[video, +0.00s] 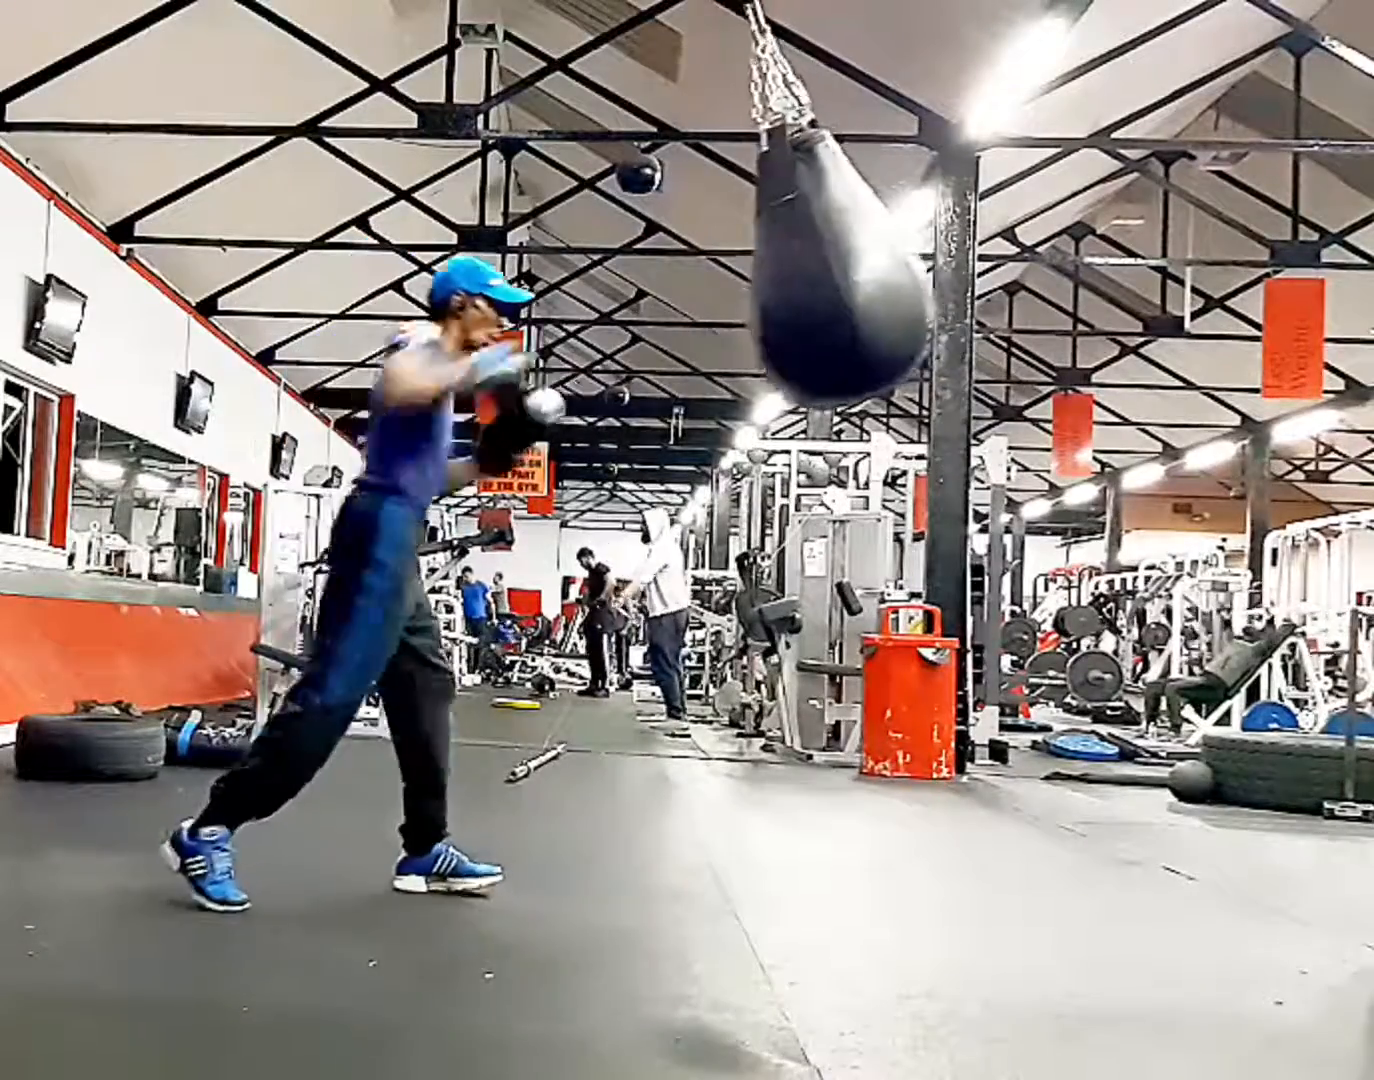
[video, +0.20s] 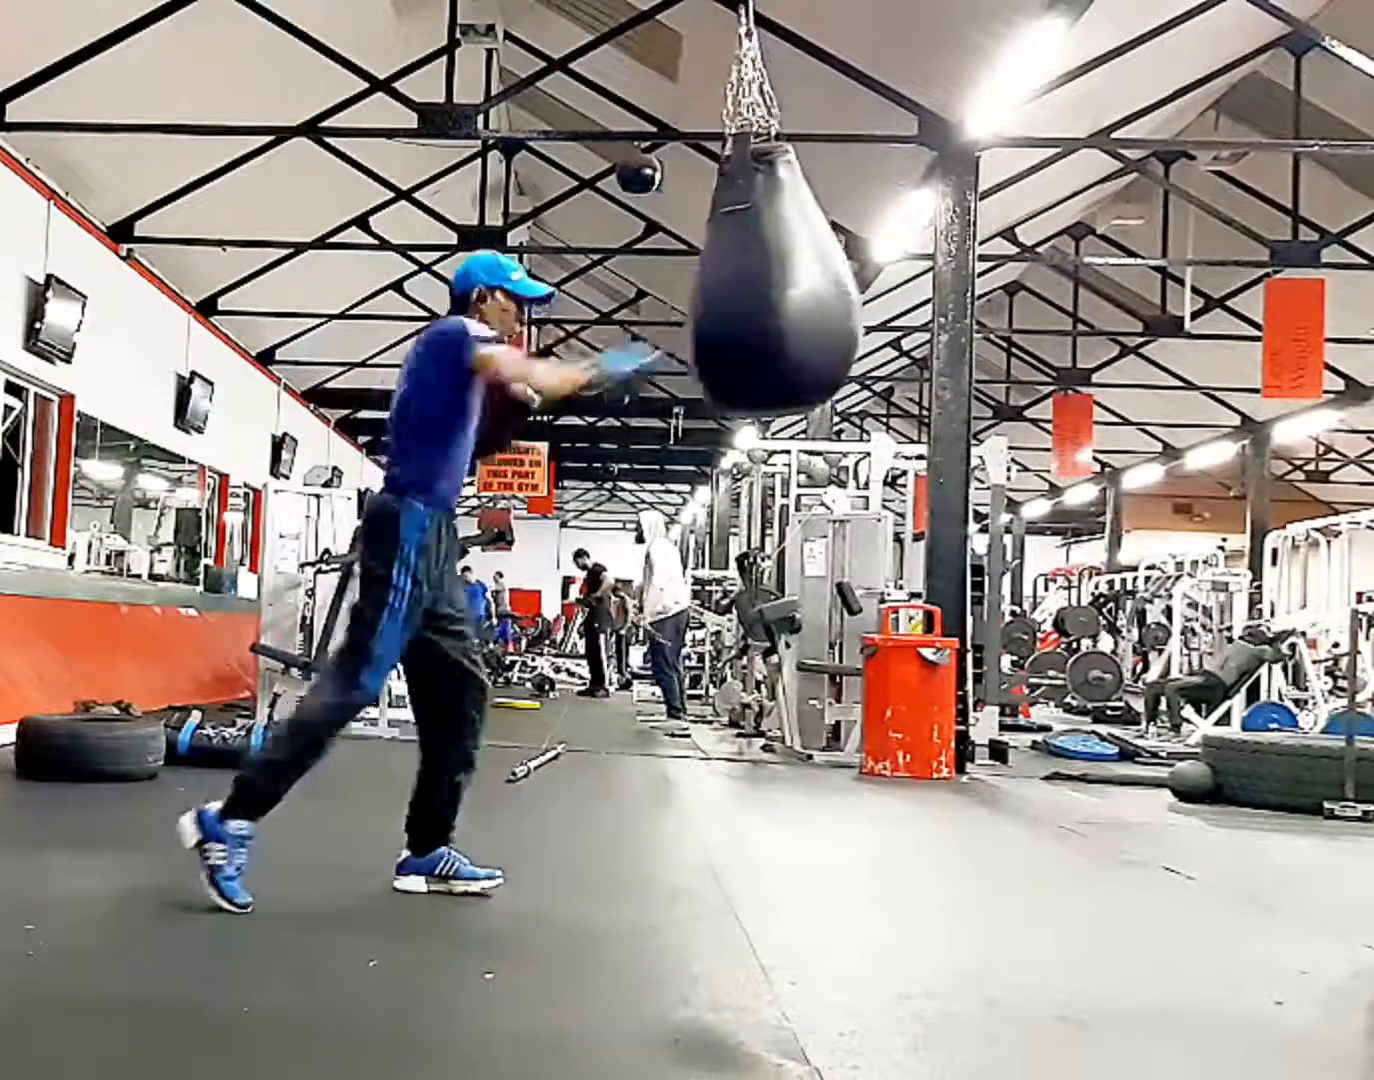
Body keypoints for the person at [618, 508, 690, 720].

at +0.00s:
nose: (642, 529)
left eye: (645, 525)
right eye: (643, 525)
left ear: (656, 526)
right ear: (661, 526)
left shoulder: (661, 548)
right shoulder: (668, 545)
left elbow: (645, 575)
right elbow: (645, 576)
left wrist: (625, 595)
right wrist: (626, 591)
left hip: (666, 611)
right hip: (673, 609)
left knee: (663, 662)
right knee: (671, 660)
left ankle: (675, 708)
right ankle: (677, 706)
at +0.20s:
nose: (636, 530)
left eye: (639, 526)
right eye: (637, 525)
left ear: (648, 527)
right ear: (657, 526)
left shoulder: (656, 550)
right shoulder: (669, 547)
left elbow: (656, 583)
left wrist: (647, 611)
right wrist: (640, 592)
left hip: (665, 610)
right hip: (678, 607)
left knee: (663, 662)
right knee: (672, 660)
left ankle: (675, 710)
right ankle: (678, 706)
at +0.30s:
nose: (635, 530)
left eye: (638, 526)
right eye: (636, 525)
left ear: (647, 528)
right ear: (656, 527)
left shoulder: (654, 551)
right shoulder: (666, 547)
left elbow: (657, 585)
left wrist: (655, 616)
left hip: (667, 611)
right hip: (680, 608)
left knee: (664, 662)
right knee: (673, 660)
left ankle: (675, 709)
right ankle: (678, 706)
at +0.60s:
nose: (633, 530)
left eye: (637, 526)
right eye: (635, 526)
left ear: (646, 529)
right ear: (651, 529)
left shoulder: (660, 550)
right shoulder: (651, 551)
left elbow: (678, 581)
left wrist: (686, 615)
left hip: (666, 616)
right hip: (659, 616)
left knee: (664, 666)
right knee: (668, 665)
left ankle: (676, 712)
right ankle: (676, 710)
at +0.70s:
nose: (634, 530)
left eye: (638, 526)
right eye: (635, 526)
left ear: (647, 529)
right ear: (651, 529)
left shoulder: (661, 550)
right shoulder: (651, 551)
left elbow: (679, 581)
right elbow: (649, 584)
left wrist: (688, 614)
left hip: (667, 616)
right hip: (662, 616)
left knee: (663, 665)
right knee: (669, 665)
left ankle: (675, 711)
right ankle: (677, 709)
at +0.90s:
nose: (634, 531)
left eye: (637, 527)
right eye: (635, 526)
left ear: (647, 529)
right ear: (650, 529)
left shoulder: (662, 551)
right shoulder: (648, 552)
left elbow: (681, 582)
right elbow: (648, 585)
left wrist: (691, 615)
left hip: (669, 616)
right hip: (659, 617)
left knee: (665, 666)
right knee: (667, 665)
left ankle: (676, 712)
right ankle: (676, 710)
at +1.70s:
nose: (649, 527)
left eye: (653, 523)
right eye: (651, 523)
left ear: (661, 526)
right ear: (670, 526)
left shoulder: (661, 545)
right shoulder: (673, 547)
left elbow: (632, 560)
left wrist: (599, 569)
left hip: (657, 610)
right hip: (670, 609)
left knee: (657, 666)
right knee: (667, 664)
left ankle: (675, 712)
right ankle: (677, 709)